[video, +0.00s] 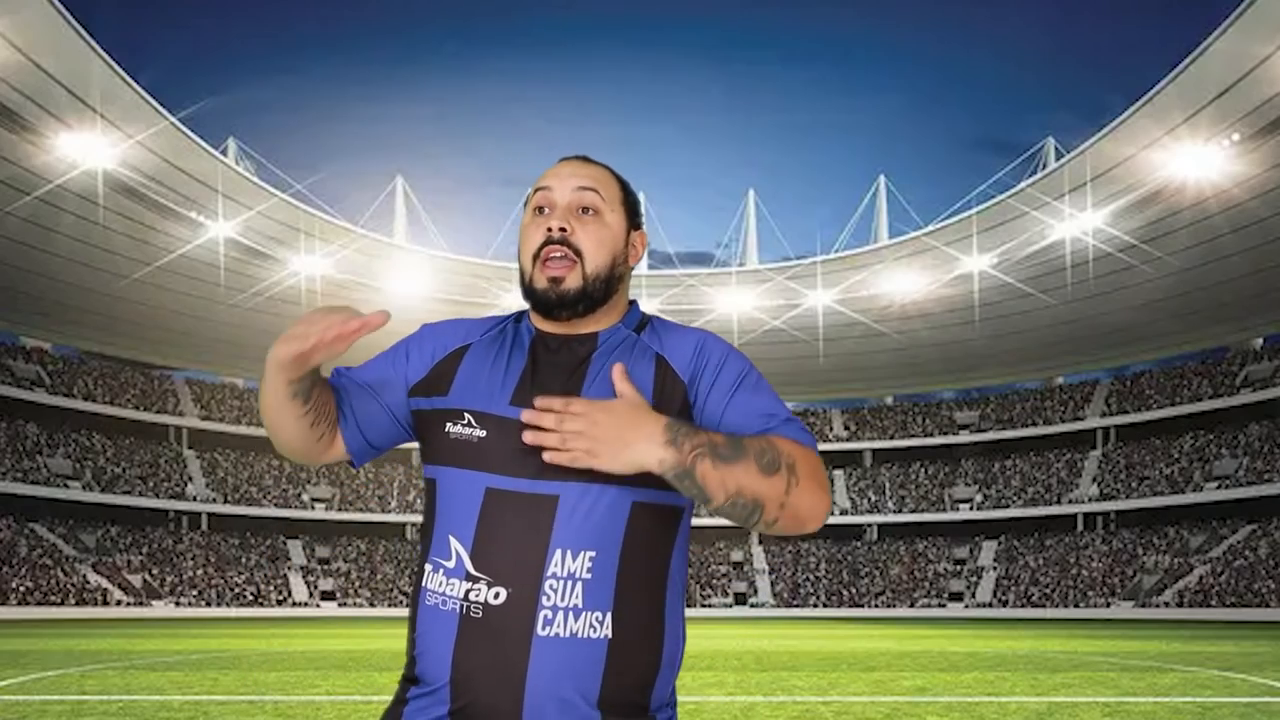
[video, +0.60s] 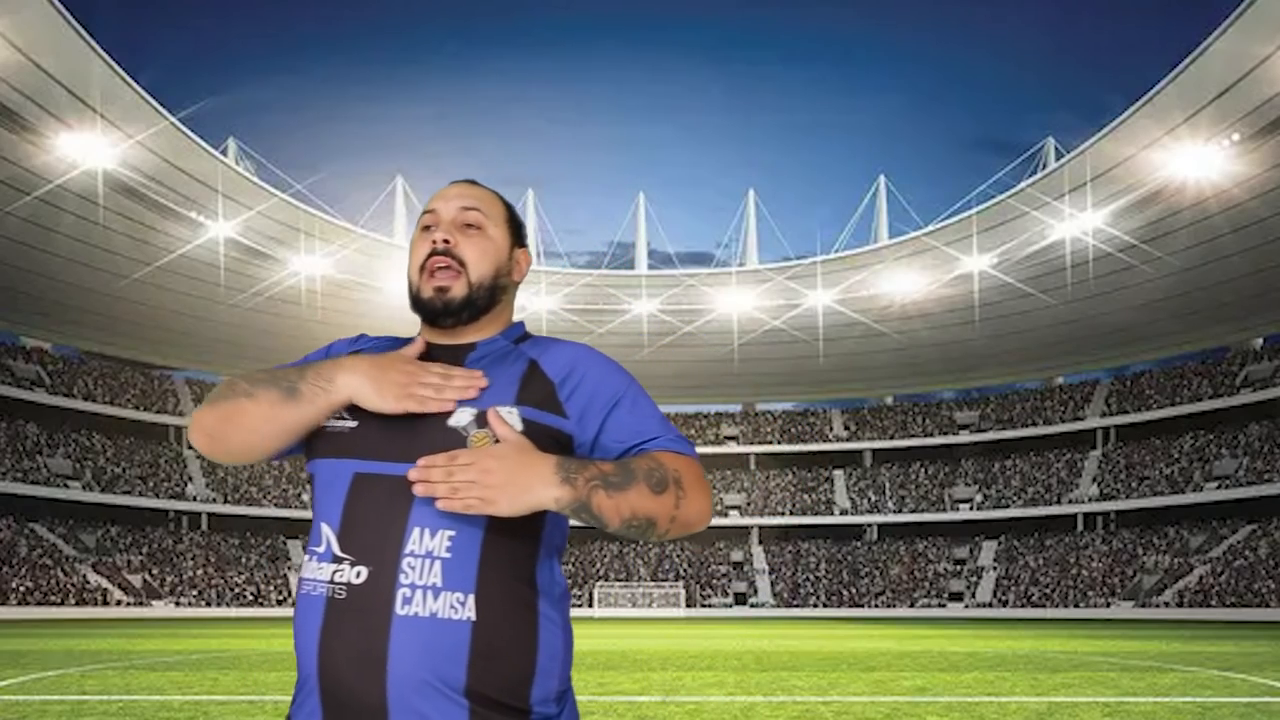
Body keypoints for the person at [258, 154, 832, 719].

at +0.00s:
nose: (555, 225)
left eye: (584, 212)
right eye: (540, 210)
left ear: (633, 247)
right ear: (519, 241)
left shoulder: (694, 365)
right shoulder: (444, 353)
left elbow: (806, 500)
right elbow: (318, 437)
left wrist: (663, 444)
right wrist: (286, 373)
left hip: (612, 706)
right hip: (440, 700)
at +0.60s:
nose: (439, 232)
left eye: (470, 223)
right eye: (427, 224)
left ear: (517, 265)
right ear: (409, 260)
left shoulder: (568, 374)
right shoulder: (349, 362)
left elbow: (687, 497)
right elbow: (209, 432)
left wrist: (552, 480)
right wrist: (342, 380)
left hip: (500, 702)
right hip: (333, 701)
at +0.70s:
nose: (416, 233)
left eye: (445, 221)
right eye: (402, 225)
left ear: (495, 261)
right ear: (387, 263)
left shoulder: (545, 375)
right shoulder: (320, 359)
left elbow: (665, 498)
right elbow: (169, 360)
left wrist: (535, 461)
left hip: (478, 704)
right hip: (308, 702)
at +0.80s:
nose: (386, 234)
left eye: (417, 221)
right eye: (374, 222)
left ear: (468, 258)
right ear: (357, 251)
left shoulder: (524, 375)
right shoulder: (302, 336)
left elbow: (644, 499)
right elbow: (193, 258)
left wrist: (515, 453)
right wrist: (190, 148)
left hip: (464, 707)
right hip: (293, 705)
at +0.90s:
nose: (368, 235)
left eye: (400, 220)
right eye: (356, 221)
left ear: (452, 255)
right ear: (338, 245)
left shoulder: (510, 374)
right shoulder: (294, 324)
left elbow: (625, 504)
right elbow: (213, 204)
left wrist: (504, 461)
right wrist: (163, 55)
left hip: (450, 709)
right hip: (277, 707)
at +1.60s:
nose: (376, 225)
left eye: (410, 208)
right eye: (363, 211)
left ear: (469, 245)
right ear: (348, 243)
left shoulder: (541, 358)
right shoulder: (309, 334)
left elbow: (683, 482)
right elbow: (174, 270)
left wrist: (545, 428)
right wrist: (181, 110)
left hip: (489, 706)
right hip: (318, 702)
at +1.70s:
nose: (380, 217)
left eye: (414, 201)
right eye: (368, 205)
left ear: (474, 241)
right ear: (349, 238)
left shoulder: (545, 355)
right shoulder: (301, 340)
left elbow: (681, 494)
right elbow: (158, 339)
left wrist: (550, 425)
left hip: (492, 706)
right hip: (317, 704)